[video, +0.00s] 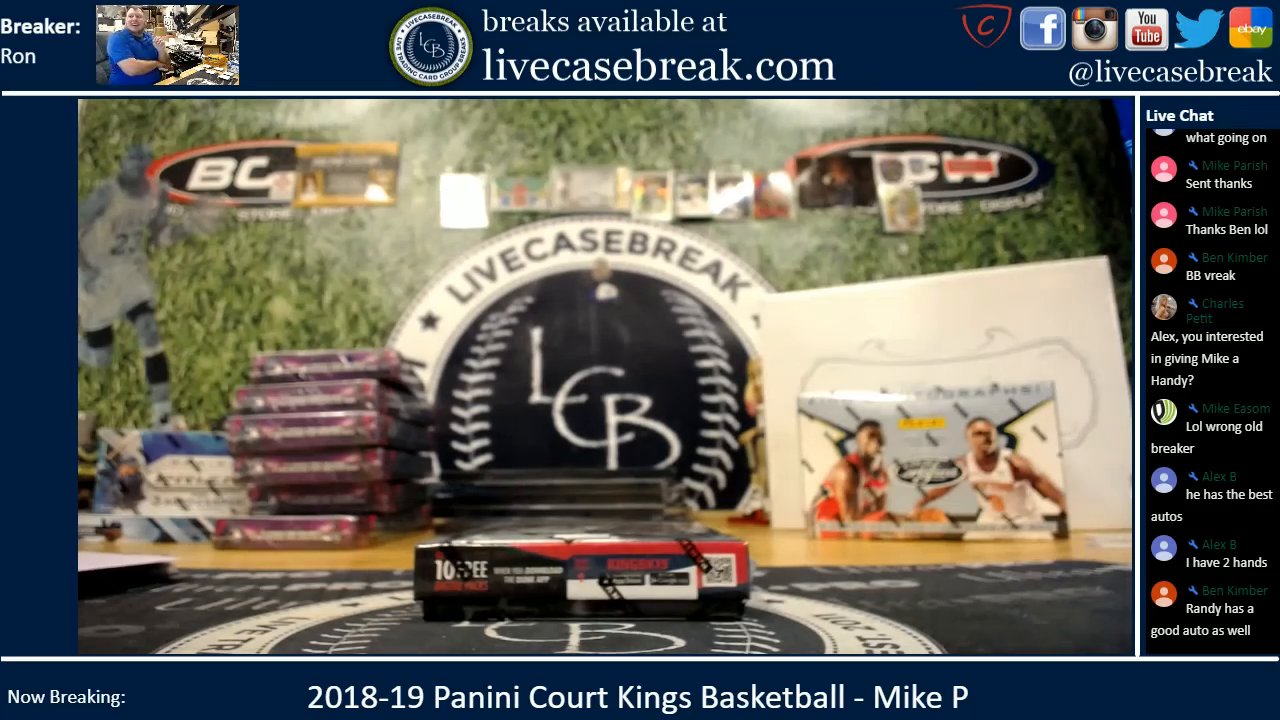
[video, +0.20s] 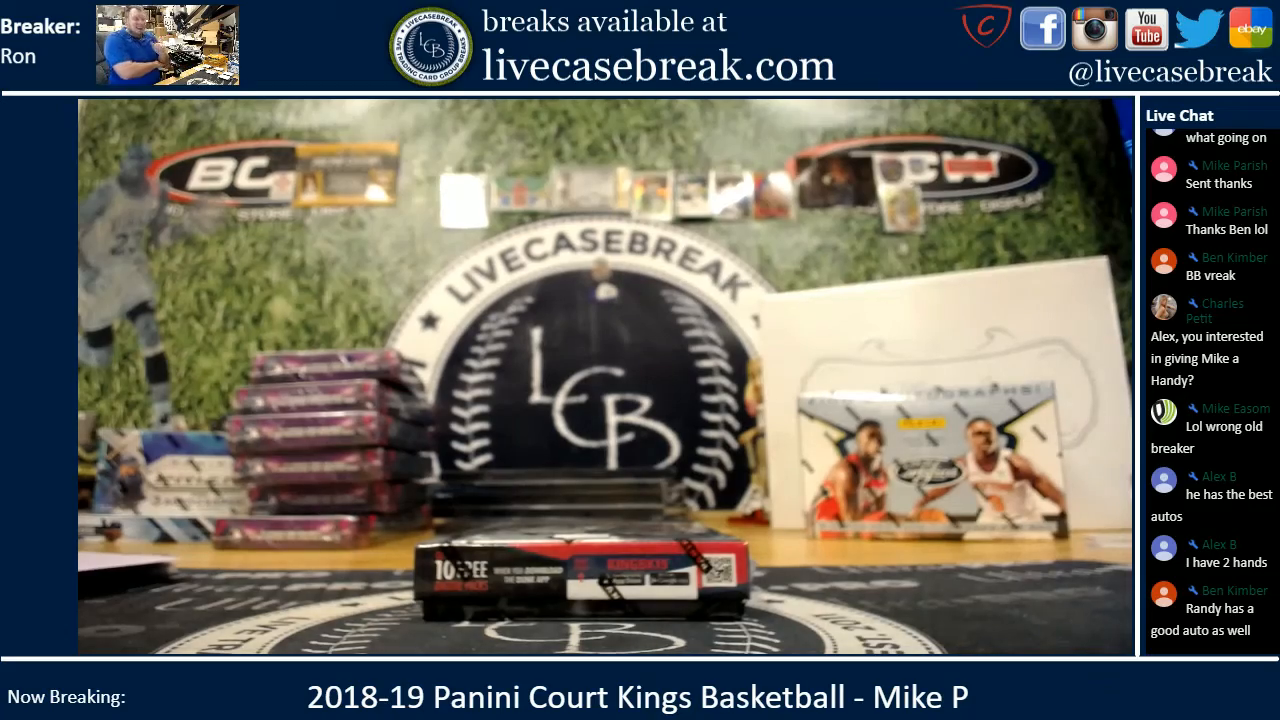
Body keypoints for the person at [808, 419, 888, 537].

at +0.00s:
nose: (877, 442)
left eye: (880, 437)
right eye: (871, 437)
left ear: (883, 440)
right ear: (860, 439)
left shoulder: (878, 473)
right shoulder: (846, 470)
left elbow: (880, 511)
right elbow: (849, 518)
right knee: (884, 519)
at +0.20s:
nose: (877, 442)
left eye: (880, 437)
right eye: (872, 437)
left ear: (883, 441)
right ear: (860, 440)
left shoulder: (879, 473)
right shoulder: (846, 471)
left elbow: (879, 511)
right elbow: (849, 518)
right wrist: (884, 516)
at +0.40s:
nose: (878, 442)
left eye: (880, 437)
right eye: (872, 436)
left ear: (883, 440)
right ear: (859, 440)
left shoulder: (879, 474)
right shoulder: (846, 470)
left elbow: (879, 513)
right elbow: (849, 518)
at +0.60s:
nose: (878, 442)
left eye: (880, 437)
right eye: (872, 436)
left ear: (883, 440)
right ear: (859, 440)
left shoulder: (880, 473)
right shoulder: (846, 470)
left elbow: (879, 512)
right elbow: (849, 518)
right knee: (884, 519)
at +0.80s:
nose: (878, 442)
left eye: (880, 437)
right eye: (872, 436)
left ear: (883, 440)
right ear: (859, 440)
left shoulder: (880, 473)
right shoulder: (846, 470)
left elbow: (879, 512)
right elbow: (849, 518)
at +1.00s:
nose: (878, 442)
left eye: (880, 437)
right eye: (872, 436)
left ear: (883, 440)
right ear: (859, 440)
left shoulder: (880, 473)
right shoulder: (846, 470)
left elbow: (879, 512)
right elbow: (849, 519)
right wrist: (885, 517)